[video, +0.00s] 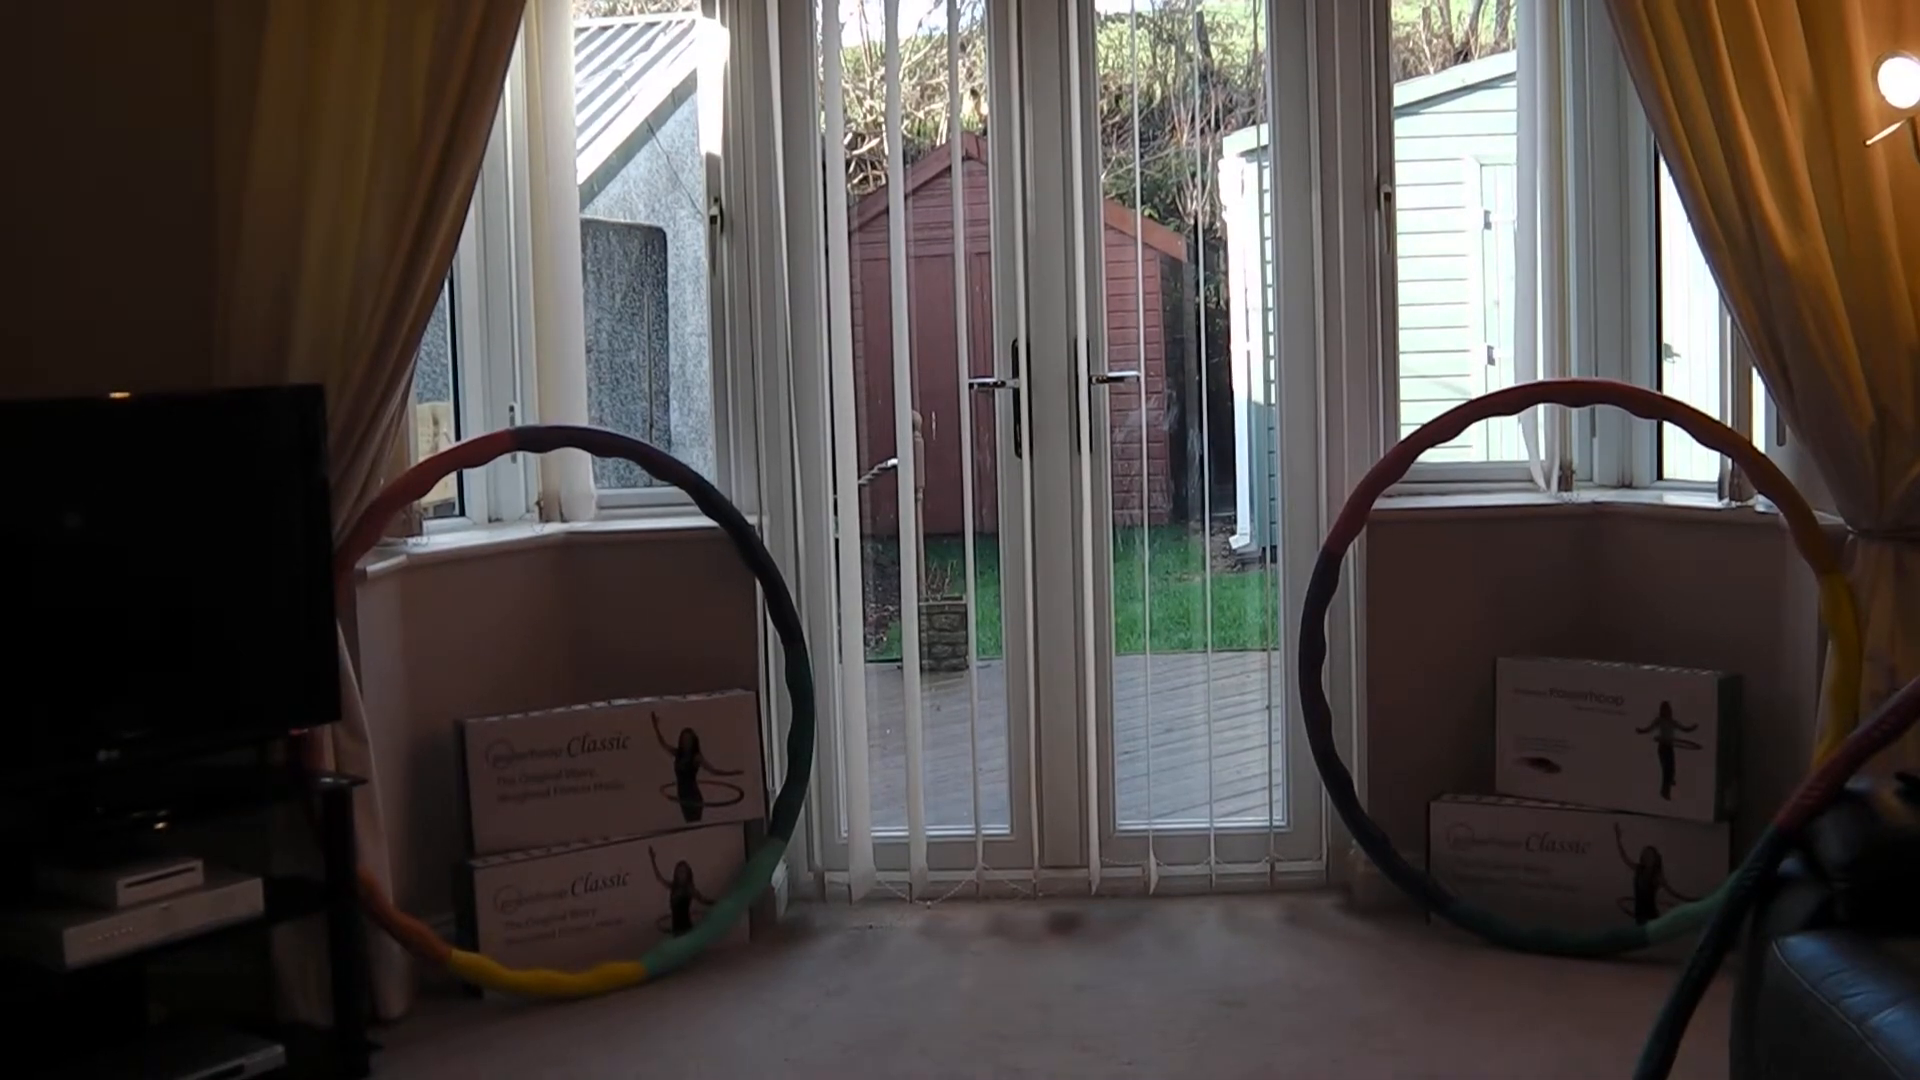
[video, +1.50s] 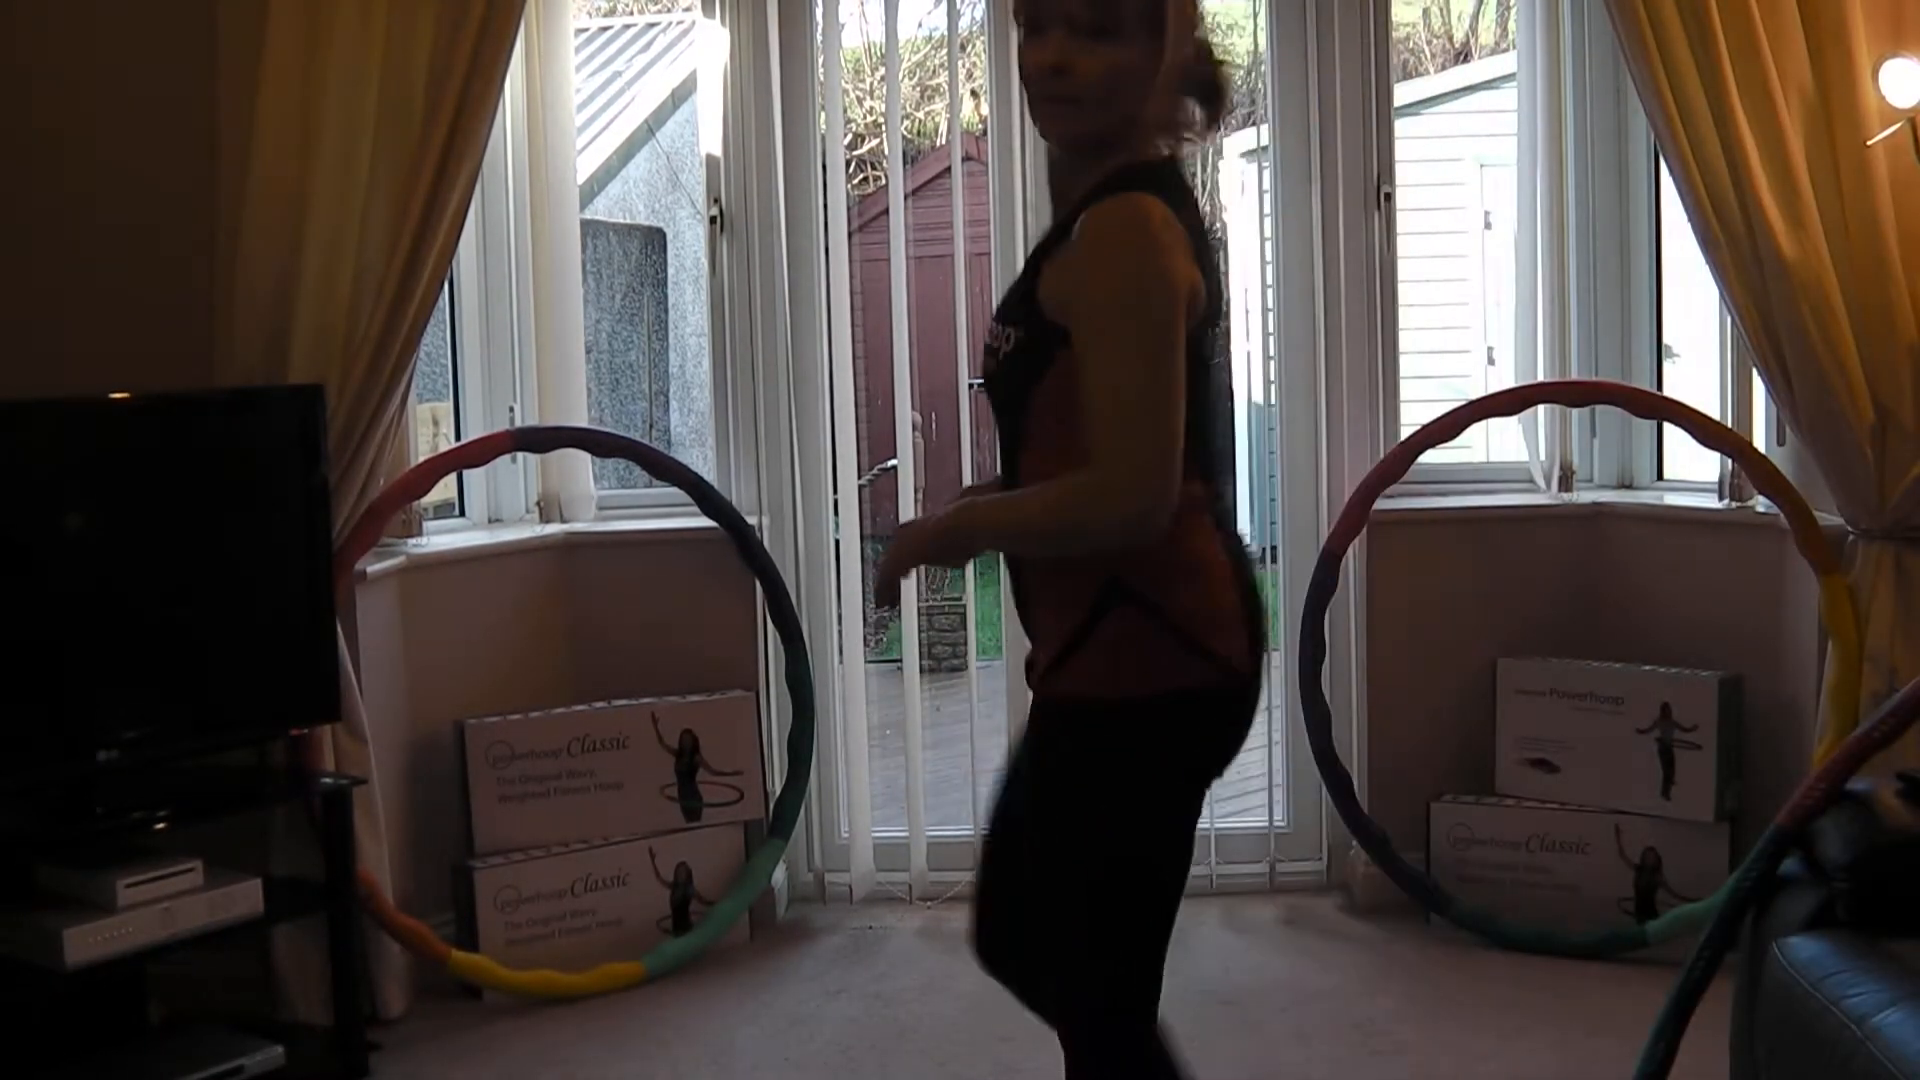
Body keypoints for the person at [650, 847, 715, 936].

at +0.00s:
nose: (681, 874)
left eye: (684, 871)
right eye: (679, 871)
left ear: (688, 873)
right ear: (675, 873)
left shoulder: (690, 889)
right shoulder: (673, 887)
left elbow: (703, 900)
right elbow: (659, 878)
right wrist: (653, 860)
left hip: (686, 924)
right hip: (675, 925)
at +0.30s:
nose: (681, 874)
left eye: (684, 871)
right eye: (679, 871)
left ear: (688, 873)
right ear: (675, 873)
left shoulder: (690, 889)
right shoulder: (673, 887)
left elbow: (703, 901)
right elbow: (659, 878)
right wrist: (653, 860)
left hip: (687, 924)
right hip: (675, 924)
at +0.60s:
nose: (681, 874)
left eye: (683, 871)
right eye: (679, 871)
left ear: (688, 873)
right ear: (675, 873)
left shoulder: (690, 889)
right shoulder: (673, 887)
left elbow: (702, 901)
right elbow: (659, 878)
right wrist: (653, 860)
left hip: (687, 924)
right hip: (675, 924)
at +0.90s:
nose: (681, 874)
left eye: (683, 871)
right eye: (679, 871)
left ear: (688, 873)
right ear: (675, 873)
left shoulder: (690, 889)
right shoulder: (673, 887)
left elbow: (703, 901)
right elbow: (659, 878)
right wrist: (653, 861)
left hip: (687, 926)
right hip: (675, 926)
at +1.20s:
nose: (681, 875)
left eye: (683, 872)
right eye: (679, 872)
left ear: (688, 873)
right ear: (675, 873)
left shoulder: (689, 889)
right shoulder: (674, 887)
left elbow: (703, 902)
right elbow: (658, 878)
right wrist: (653, 861)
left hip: (686, 923)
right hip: (675, 923)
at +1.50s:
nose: (681, 874)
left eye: (684, 871)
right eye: (679, 871)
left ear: (688, 873)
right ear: (675, 873)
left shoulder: (689, 889)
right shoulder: (673, 886)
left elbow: (702, 901)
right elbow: (658, 878)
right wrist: (653, 861)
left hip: (686, 922)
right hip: (675, 923)